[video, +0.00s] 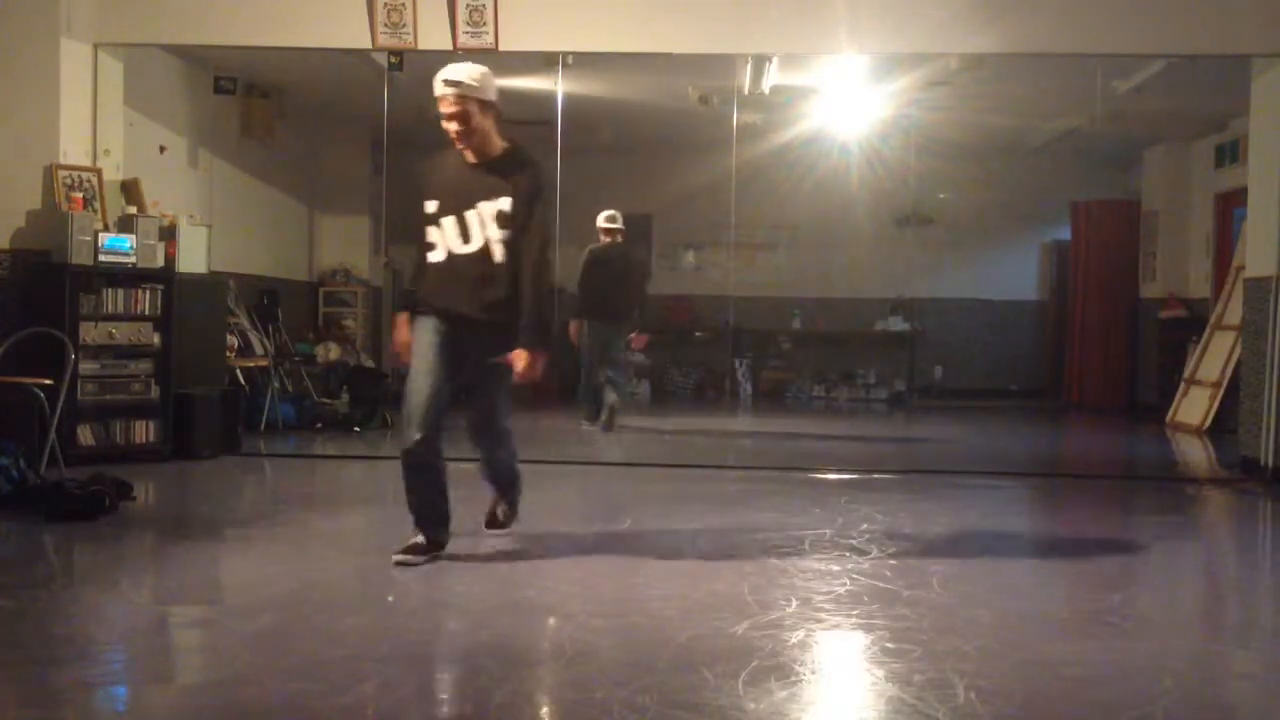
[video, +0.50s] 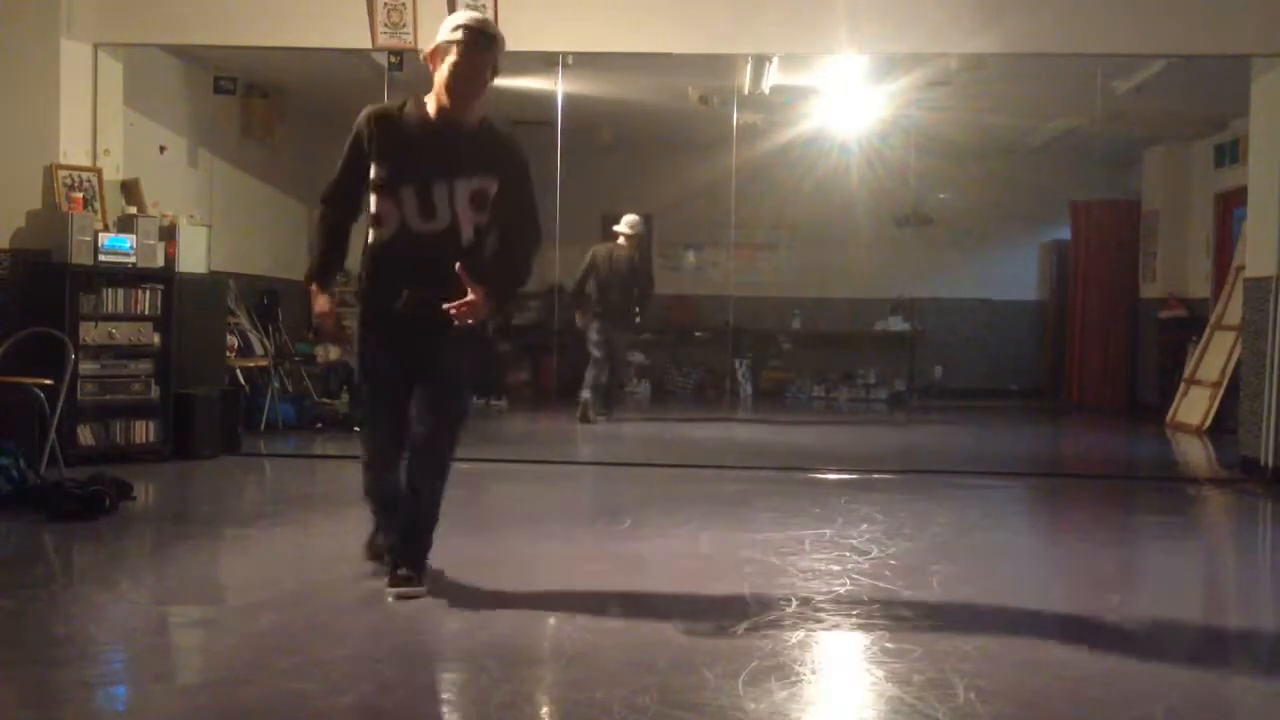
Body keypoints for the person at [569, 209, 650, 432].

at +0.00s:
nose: (604, 235)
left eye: (603, 232)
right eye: (608, 232)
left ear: (600, 232)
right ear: (621, 231)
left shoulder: (594, 253)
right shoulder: (632, 255)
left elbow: (583, 290)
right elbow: (640, 292)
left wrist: (576, 318)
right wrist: (640, 325)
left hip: (596, 317)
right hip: (622, 317)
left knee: (591, 365)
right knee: (616, 361)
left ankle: (590, 411)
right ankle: (613, 397)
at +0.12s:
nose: (611, 237)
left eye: (609, 232)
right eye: (612, 232)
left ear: (600, 232)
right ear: (621, 232)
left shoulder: (590, 253)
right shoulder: (633, 257)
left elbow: (578, 289)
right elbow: (638, 293)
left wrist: (571, 317)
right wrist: (636, 322)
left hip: (591, 317)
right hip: (619, 318)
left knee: (588, 365)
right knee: (615, 360)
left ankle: (590, 412)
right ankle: (611, 387)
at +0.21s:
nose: (615, 231)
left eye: (616, 227)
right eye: (614, 227)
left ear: (603, 224)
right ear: (624, 226)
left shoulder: (591, 245)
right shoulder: (633, 250)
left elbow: (578, 278)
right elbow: (639, 284)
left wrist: (574, 306)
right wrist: (637, 316)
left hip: (592, 312)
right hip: (619, 313)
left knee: (589, 361)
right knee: (615, 361)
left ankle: (592, 409)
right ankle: (612, 406)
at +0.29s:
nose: (619, 228)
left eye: (620, 224)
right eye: (619, 224)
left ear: (609, 220)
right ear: (629, 224)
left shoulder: (592, 240)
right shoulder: (635, 248)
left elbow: (578, 271)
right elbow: (640, 281)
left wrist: (576, 297)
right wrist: (637, 306)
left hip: (595, 307)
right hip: (621, 309)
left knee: (591, 356)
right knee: (616, 359)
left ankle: (592, 402)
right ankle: (611, 406)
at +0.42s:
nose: (634, 238)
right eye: (634, 234)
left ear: (616, 228)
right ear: (635, 233)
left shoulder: (596, 247)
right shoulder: (636, 255)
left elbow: (577, 279)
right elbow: (646, 288)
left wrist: (580, 304)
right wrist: (637, 310)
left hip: (595, 312)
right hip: (621, 314)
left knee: (593, 357)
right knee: (615, 363)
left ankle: (587, 395)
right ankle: (605, 410)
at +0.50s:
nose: (636, 241)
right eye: (636, 236)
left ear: (618, 231)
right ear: (637, 236)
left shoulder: (598, 252)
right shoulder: (638, 259)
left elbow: (579, 283)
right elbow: (645, 290)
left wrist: (579, 308)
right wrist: (641, 313)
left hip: (597, 316)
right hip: (622, 318)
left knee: (596, 360)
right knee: (617, 365)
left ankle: (586, 396)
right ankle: (608, 407)